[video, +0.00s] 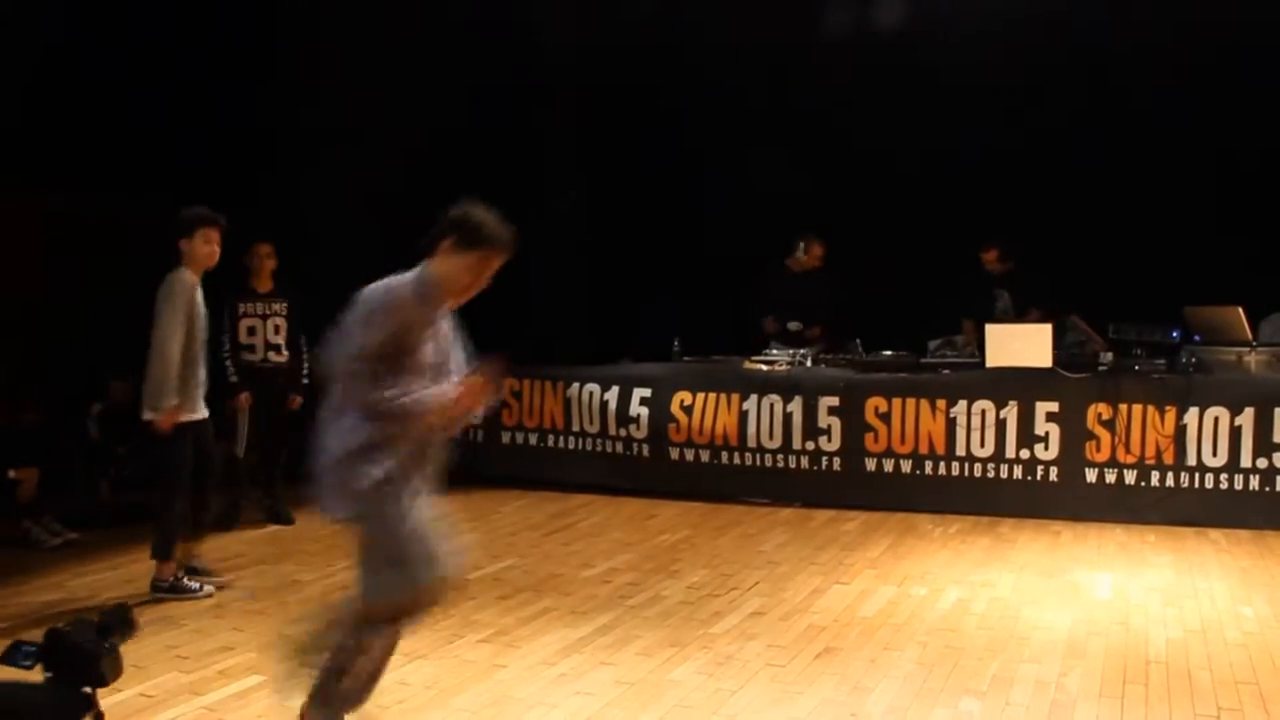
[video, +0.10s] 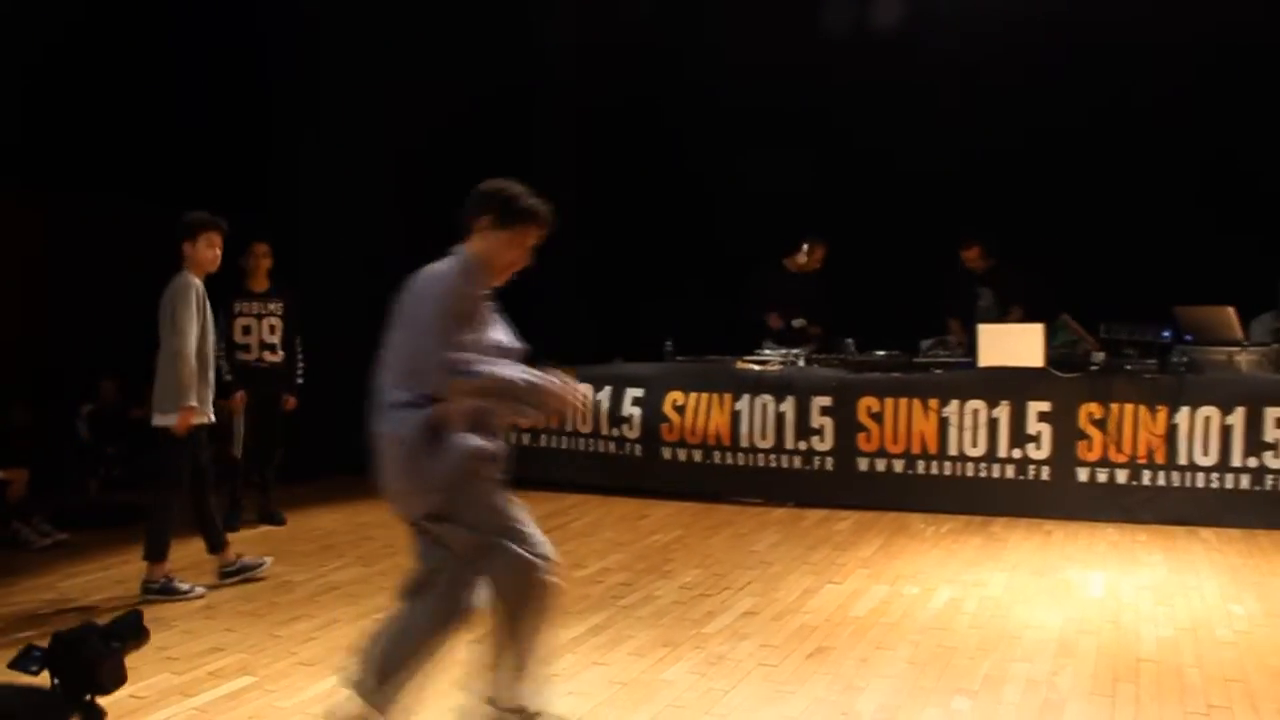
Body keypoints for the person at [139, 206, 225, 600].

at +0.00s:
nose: (214, 250)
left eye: (217, 242)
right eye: (207, 241)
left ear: (215, 246)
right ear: (186, 244)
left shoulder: (195, 287)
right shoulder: (179, 285)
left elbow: (188, 348)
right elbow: (167, 345)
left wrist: (192, 401)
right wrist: (166, 403)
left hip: (194, 413)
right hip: (176, 416)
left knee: (195, 487)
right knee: (174, 492)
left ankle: (181, 558)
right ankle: (165, 571)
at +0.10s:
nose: (217, 254)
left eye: (219, 247)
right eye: (210, 246)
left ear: (215, 251)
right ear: (188, 248)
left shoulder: (196, 289)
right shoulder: (185, 288)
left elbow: (195, 351)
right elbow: (183, 349)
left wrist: (202, 401)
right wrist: (187, 403)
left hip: (194, 413)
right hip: (177, 414)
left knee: (202, 485)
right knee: (168, 491)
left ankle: (226, 558)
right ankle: (156, 573)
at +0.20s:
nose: (217, 264)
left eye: (218, 256)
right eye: (213, 255)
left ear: (195, 255)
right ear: (194, 253)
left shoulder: (174, 292)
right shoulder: (185, 291)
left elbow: (167, 360)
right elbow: (189, 353)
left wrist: (162, 417)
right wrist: (198, 407)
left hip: (181, 414)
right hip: (182, 415)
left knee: (204, 486)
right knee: (164, 491)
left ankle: (221, 559)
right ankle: (142, 571)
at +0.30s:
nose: (212, 277)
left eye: (215, 270)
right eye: (212, 268)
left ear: (188, 261)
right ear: (199, 261)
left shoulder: (154, 295)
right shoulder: (182, 289)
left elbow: (147, 363)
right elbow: (186, 349)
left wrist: (154, 416)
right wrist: (198, 399)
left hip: (167, 412)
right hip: (186, 411)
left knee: (193, 486)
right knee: (187, 487)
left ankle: (203, 560)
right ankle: (140, 557)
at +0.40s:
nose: (198, 292)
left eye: (201, 286)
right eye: (199, 285)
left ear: (172, 271)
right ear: (191, 273)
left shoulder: (137, 304)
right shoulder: (175, 296)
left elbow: (132, 368)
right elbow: (179, 355)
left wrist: (139, 422)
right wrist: (194, 406)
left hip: (151, 417)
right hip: (175, 414)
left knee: (180, 481)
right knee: (192, 478)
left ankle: (181, 557)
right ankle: (159, 539)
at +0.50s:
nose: (179, 279)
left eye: (179, 273)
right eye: (179, 272)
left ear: (145, 265)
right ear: (169, 266)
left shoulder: (118, 299)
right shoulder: (165, 292)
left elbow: (116, 364)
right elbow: (176, 352)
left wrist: (124, 421)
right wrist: (181, 407)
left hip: (135, 412)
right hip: (164, 410)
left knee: (151, 482)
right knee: (184, 473)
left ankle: (153, 560)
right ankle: (182, 550)